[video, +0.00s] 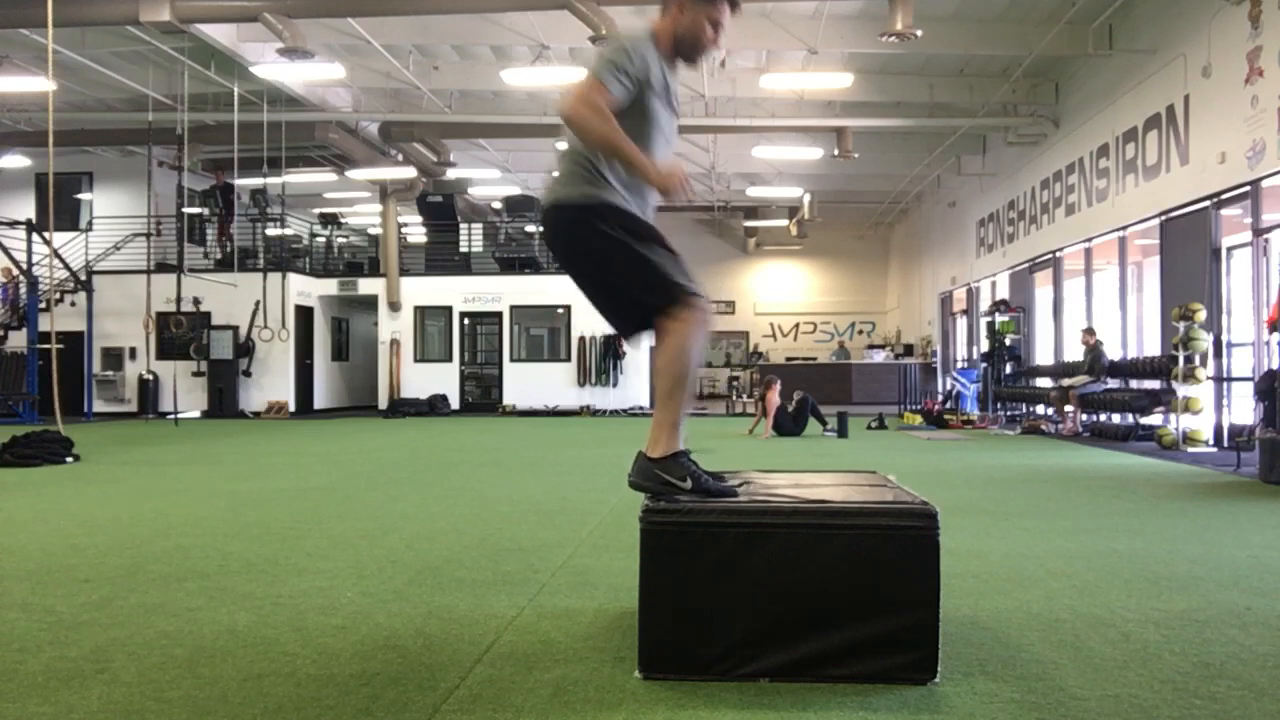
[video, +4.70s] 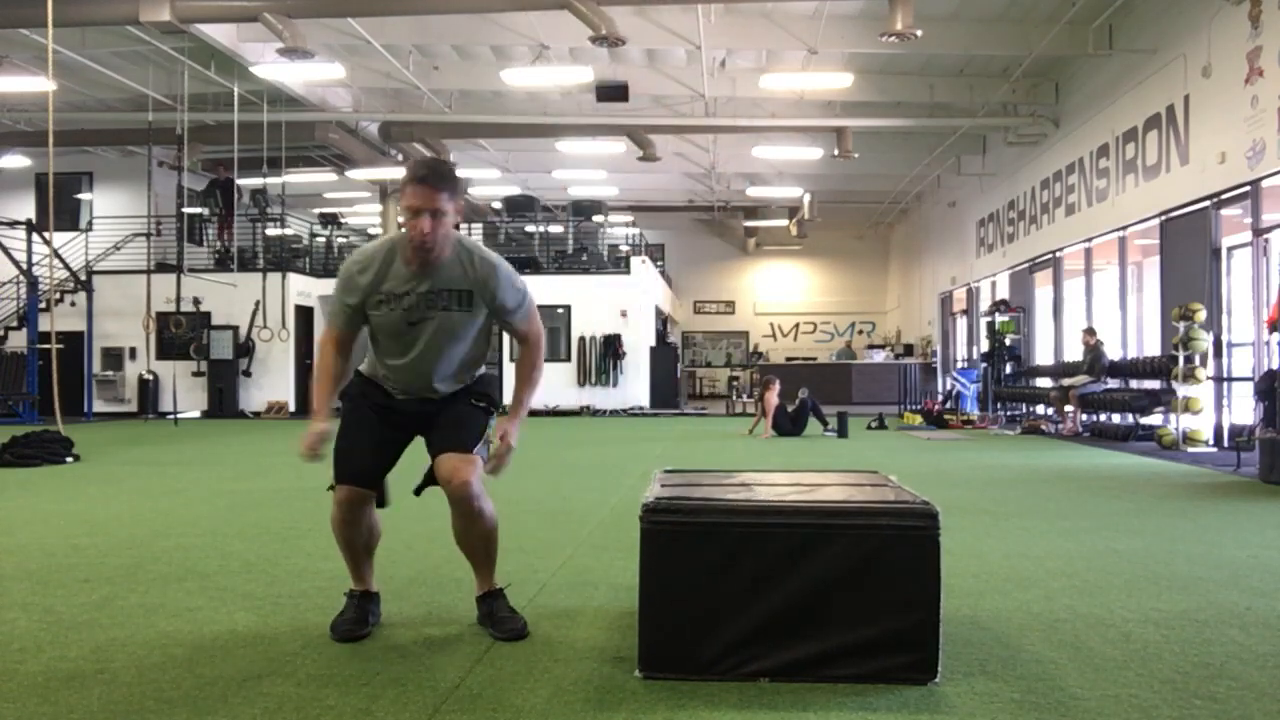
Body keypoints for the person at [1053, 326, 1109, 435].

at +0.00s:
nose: (1082, 339)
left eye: (1084, 337)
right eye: (1082, 336)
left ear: (1092, 338)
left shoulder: (1099, 353)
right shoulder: (1087, 351)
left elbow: (1096, 377)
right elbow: (1085, 372)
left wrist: (1074, 381)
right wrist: (1071, 380)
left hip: (1099, 382)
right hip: (1086, 380)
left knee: (1074, 393)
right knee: (1055, 395)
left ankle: (1076, 426)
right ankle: (1067, 425)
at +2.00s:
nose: (1082, 339)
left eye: (1085, 337)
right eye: (1082, 336)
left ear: (1092, 337)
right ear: (1087, 337)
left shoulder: (1099, 353)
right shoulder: (1088, 351)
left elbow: (1096, 376)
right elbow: (1085, 372)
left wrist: (1075, 381)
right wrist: (1072, 380)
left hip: (1099, 382)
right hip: (1086, 380)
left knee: (1073, 393)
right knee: (1054, 395)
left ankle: (1076, 426)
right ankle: (1066, 425)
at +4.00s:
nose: (1083, 340)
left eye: (1085, 337)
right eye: (1083, 337)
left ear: (1093, 338)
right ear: (1086, 338)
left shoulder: (1100, 353)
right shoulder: (1087, 351)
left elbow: (1095, 376)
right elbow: (1084, 371)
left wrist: (1072, 381)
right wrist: (1071, 380)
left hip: (1098, 382)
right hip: (1086, 379)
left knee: (1074, 393)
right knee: (1054, 395)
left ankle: (1076, 426)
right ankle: (1066, 424)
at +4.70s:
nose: (1083, 340)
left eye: (1085, 337)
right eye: (1083, 337)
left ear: (1093, 338)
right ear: (1085, 337)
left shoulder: (1100, 353)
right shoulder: (1087, 350)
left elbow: (1095, 376)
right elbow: (1084, 371)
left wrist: (1072, 381)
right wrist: (1070, 380)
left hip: (1098, 382)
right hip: (1085, 380)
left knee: (1073, 393)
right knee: (1055, 395)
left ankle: (1076, 426)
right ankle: (1066, 425)